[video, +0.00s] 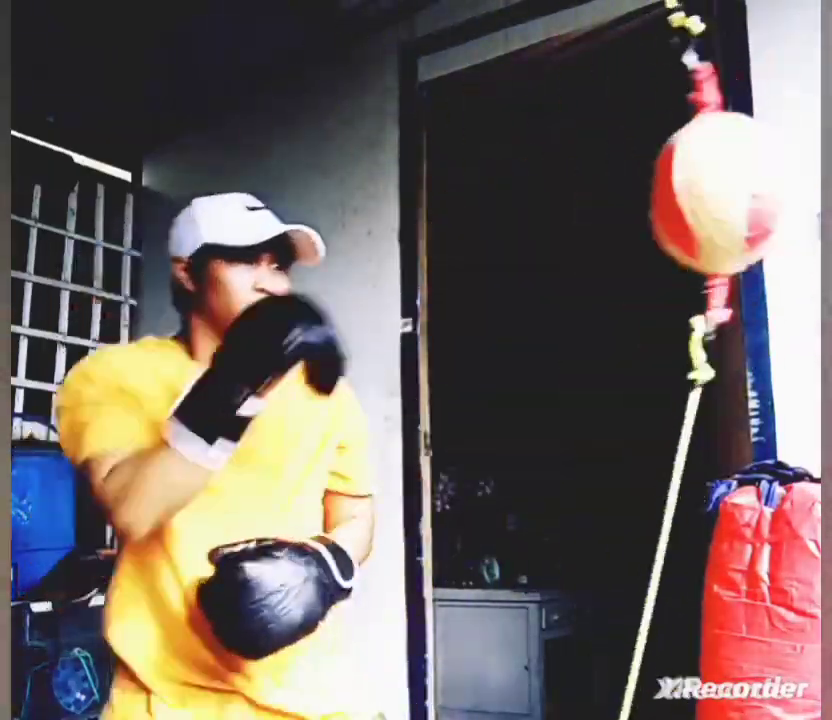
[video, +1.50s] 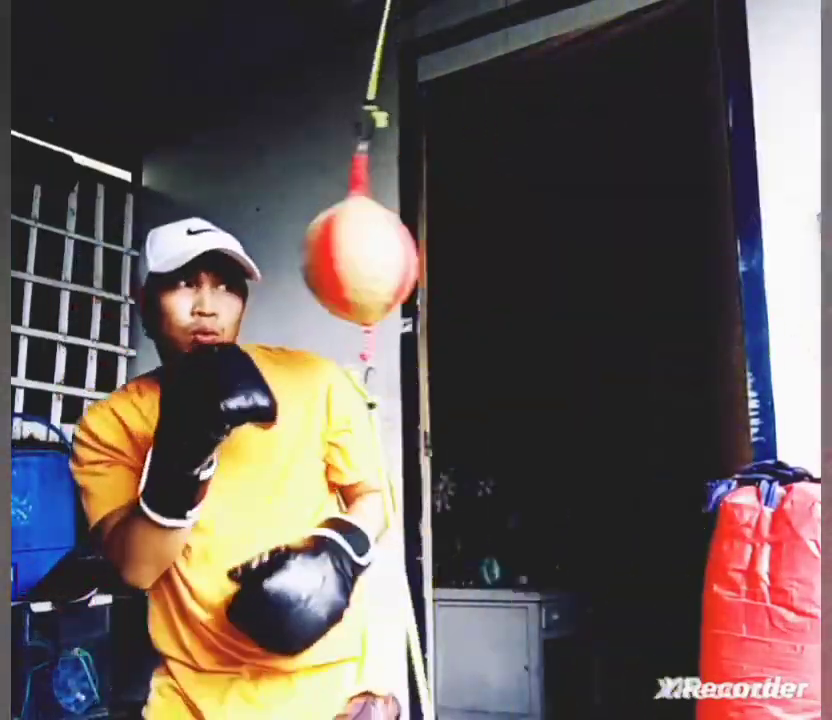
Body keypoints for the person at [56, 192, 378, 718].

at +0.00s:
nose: (271, 280)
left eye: (278, 264)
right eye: (247, 260)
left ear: (290, 273)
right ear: (187, 275)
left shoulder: (324, 390)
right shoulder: (111, 376)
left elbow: (355, 517)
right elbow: (131, 511)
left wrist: (321, 568)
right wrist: (231, 391)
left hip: (306, 696)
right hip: (164, 692)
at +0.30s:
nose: (422, 344)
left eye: (423, 329)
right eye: (408, 318)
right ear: (348, 310)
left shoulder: (359, 454)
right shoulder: (214, 368)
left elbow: (342, 589)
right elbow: (144, 522)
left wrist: (337, 645)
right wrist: (313, 486)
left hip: (269, 703)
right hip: (154, 694)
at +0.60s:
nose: (388, 341)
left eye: (400, 323)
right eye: (375, 314)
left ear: (408, 334)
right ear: (315, 303)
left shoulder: (362, 457)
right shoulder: (173, 373)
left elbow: (338, 575)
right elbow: (110, 529)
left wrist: (323, 633)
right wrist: (270, 461)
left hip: (270, 702)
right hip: (139, 699)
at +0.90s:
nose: (345, 267)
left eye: (356, 253)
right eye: (323, 244)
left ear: (365, 270)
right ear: (268, 251)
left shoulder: (390, 359)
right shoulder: (183, 366)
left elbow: (507, 417)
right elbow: (177, 523)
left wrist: (565, 346)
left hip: (382, 692)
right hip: (232, 696)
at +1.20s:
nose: (362, 254)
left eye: (380, 243)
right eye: (344, 231)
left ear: (393, 267)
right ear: (295, 242)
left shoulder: (410, 337)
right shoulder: (208, 354)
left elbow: (533, 369)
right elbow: (178, 515)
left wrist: (555, 286)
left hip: (387, 671)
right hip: (249, 672)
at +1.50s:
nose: (207, 304)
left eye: (224, 286)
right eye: (184, 284)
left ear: (244, 301)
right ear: (146, 303)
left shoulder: (319, 384)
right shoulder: (112, 425)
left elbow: (371, 495)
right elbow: (137, 568)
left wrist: (334, 556)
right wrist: (180, 458)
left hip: (326, 683)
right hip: (193, 689)